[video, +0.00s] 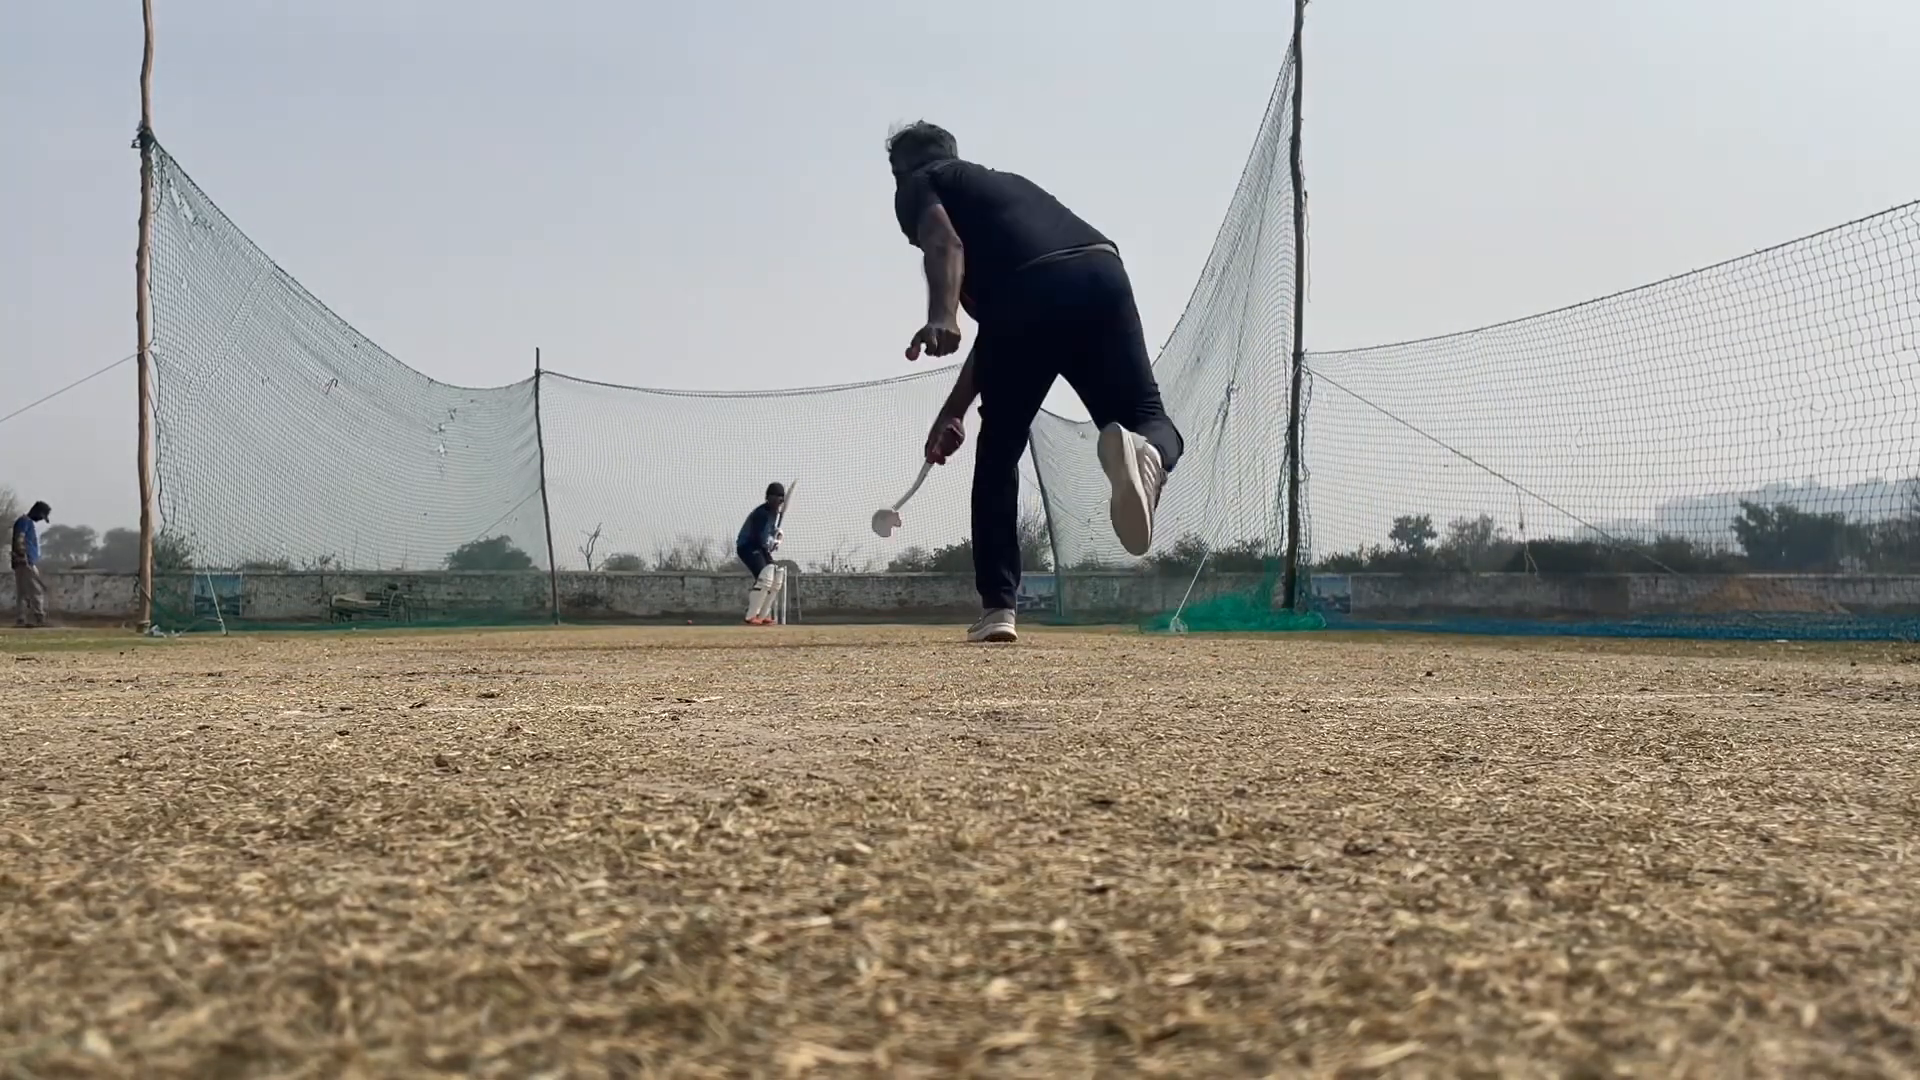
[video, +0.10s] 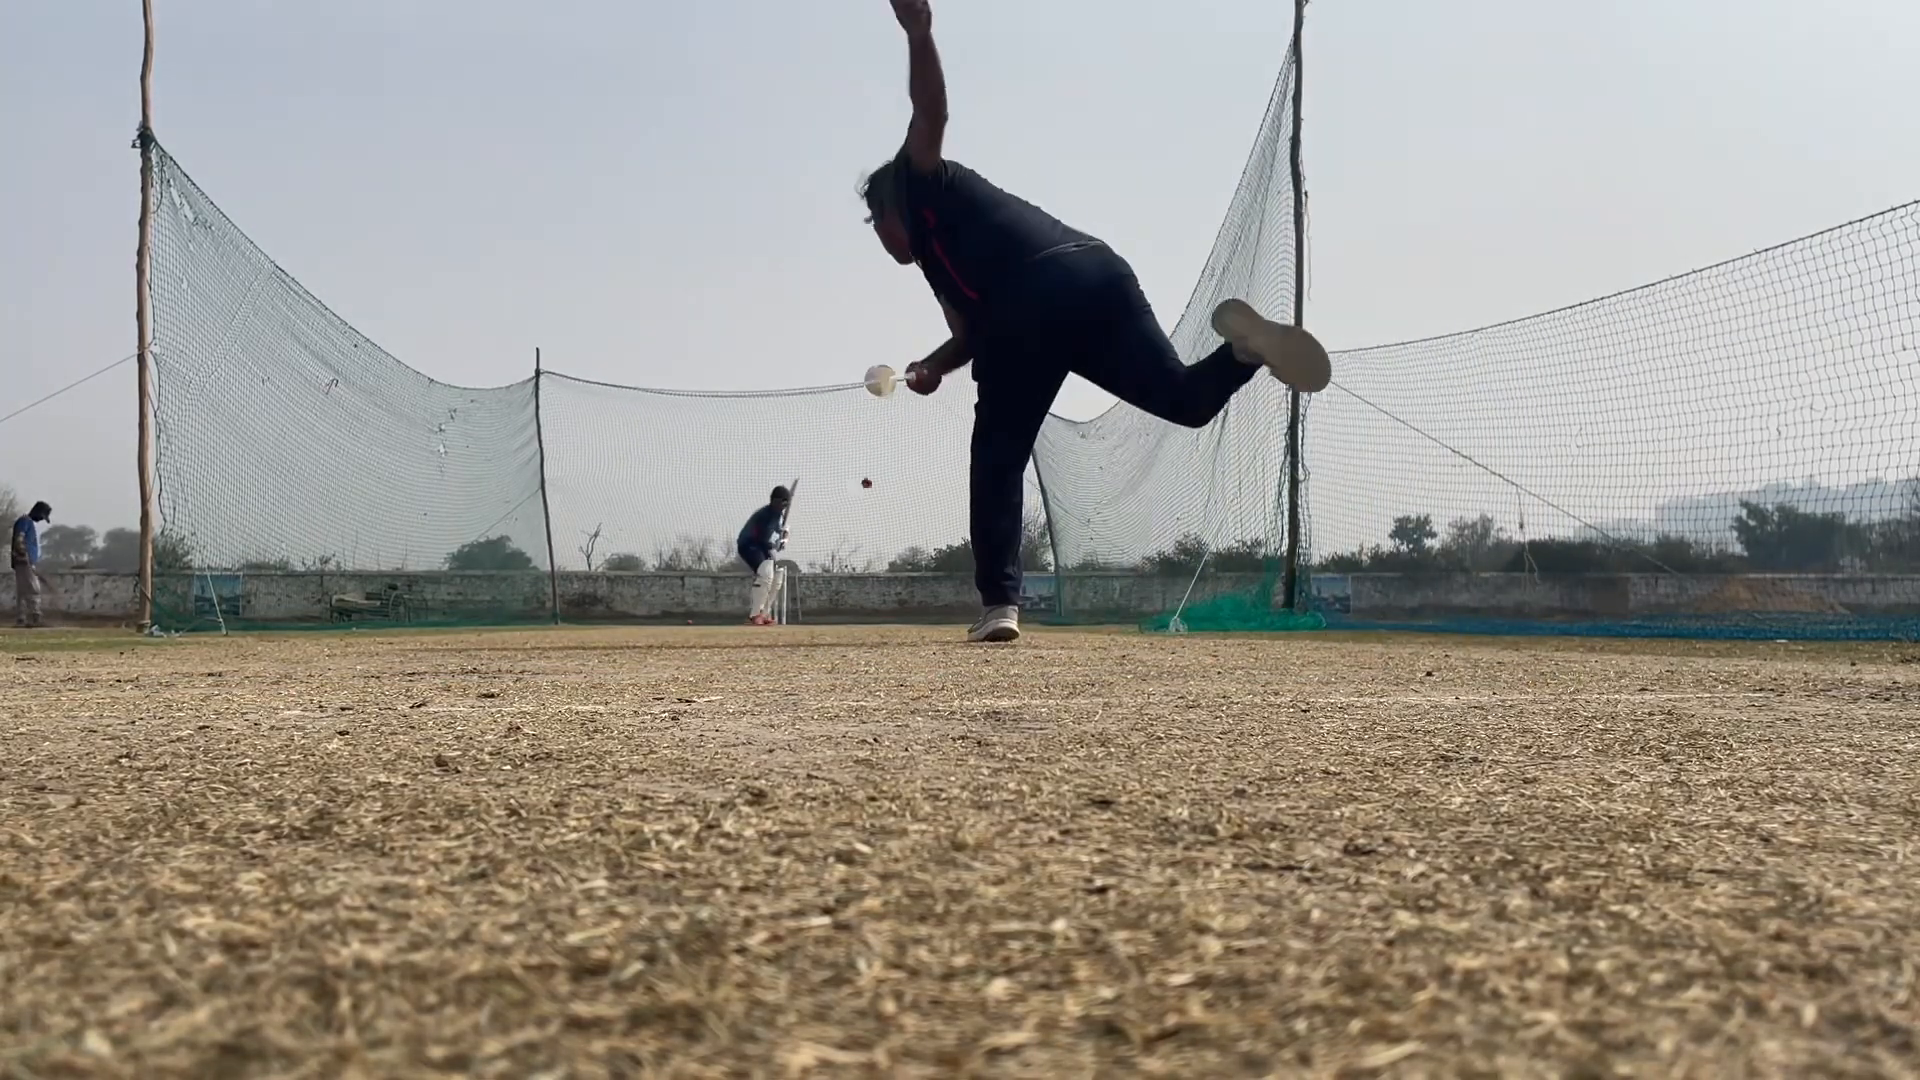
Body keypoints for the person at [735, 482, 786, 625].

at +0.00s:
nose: (781, 500)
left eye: (783, 496)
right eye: (778, 496)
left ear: (782, 498)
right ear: (769, 497)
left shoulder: (773, 513)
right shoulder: (762, 513)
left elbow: (772, 529)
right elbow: (762, 538)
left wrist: (777, 535)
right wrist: (772, 543)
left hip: (760, 547)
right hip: (747, 547)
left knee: (777, 577)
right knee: (766, 575)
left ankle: (763, 615)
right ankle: (751, 615)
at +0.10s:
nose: (785, 504)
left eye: (787, 501)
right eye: (783, 501)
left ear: (787, 502)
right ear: (774, 500)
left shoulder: (777, 514)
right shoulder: (767, 515)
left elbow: (775, 527)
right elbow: (764, 541)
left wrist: (781, 532)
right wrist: (778, 544)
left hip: (762, 545)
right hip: (749, 545)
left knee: (777, 576)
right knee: (766, 572)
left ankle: (765, 613)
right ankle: (756, 614)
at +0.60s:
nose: (811, 502)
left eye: (812, 499)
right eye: (810, 498)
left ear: (798, 493)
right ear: (804, 496)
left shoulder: (784, 499)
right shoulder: (793, 508)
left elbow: (767, 505)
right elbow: (797, 535)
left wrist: (782, 515)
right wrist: (802, 528)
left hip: (763, 542)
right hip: (770, 544)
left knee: (773, 578)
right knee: (790, 573)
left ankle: (764, 615)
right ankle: (785, 616)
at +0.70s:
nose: (814, 499)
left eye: (815, 496)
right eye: (814, 496)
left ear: (800, 490)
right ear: (807, 495)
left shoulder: (783, 498)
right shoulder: (796, 508)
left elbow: (765, 504)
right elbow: (800, 535)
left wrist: (781, 514)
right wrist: (806, 531)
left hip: (764, 541)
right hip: (774, 543)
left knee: (774, 577)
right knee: (792, 573)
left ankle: (765, 615)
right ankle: (786, 616)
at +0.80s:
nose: (814, 498)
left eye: (815, 495)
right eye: (814, 495)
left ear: (800, 489)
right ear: (809, 494)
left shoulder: (783, 497)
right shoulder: (798, 507)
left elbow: (766, 504)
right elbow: (802, 534)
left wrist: (781, 513)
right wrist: (806, 527)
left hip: (765, 542)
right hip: (776, 543)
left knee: (776, 578)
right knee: (794, 574)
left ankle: (766, 615)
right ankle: (786, 616)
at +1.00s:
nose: (814, 496)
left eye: (815, 493)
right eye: (814, 493)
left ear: (799, 487)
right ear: (809, 492)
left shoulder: (783, 497)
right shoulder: (798, 505)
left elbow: (766, 505)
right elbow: (804, 532)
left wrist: (782, 513)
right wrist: (799, 519)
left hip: (767, 542)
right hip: (777, 543)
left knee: (777, 578)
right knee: (796, 575)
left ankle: (766, 615)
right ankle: (786, 616)